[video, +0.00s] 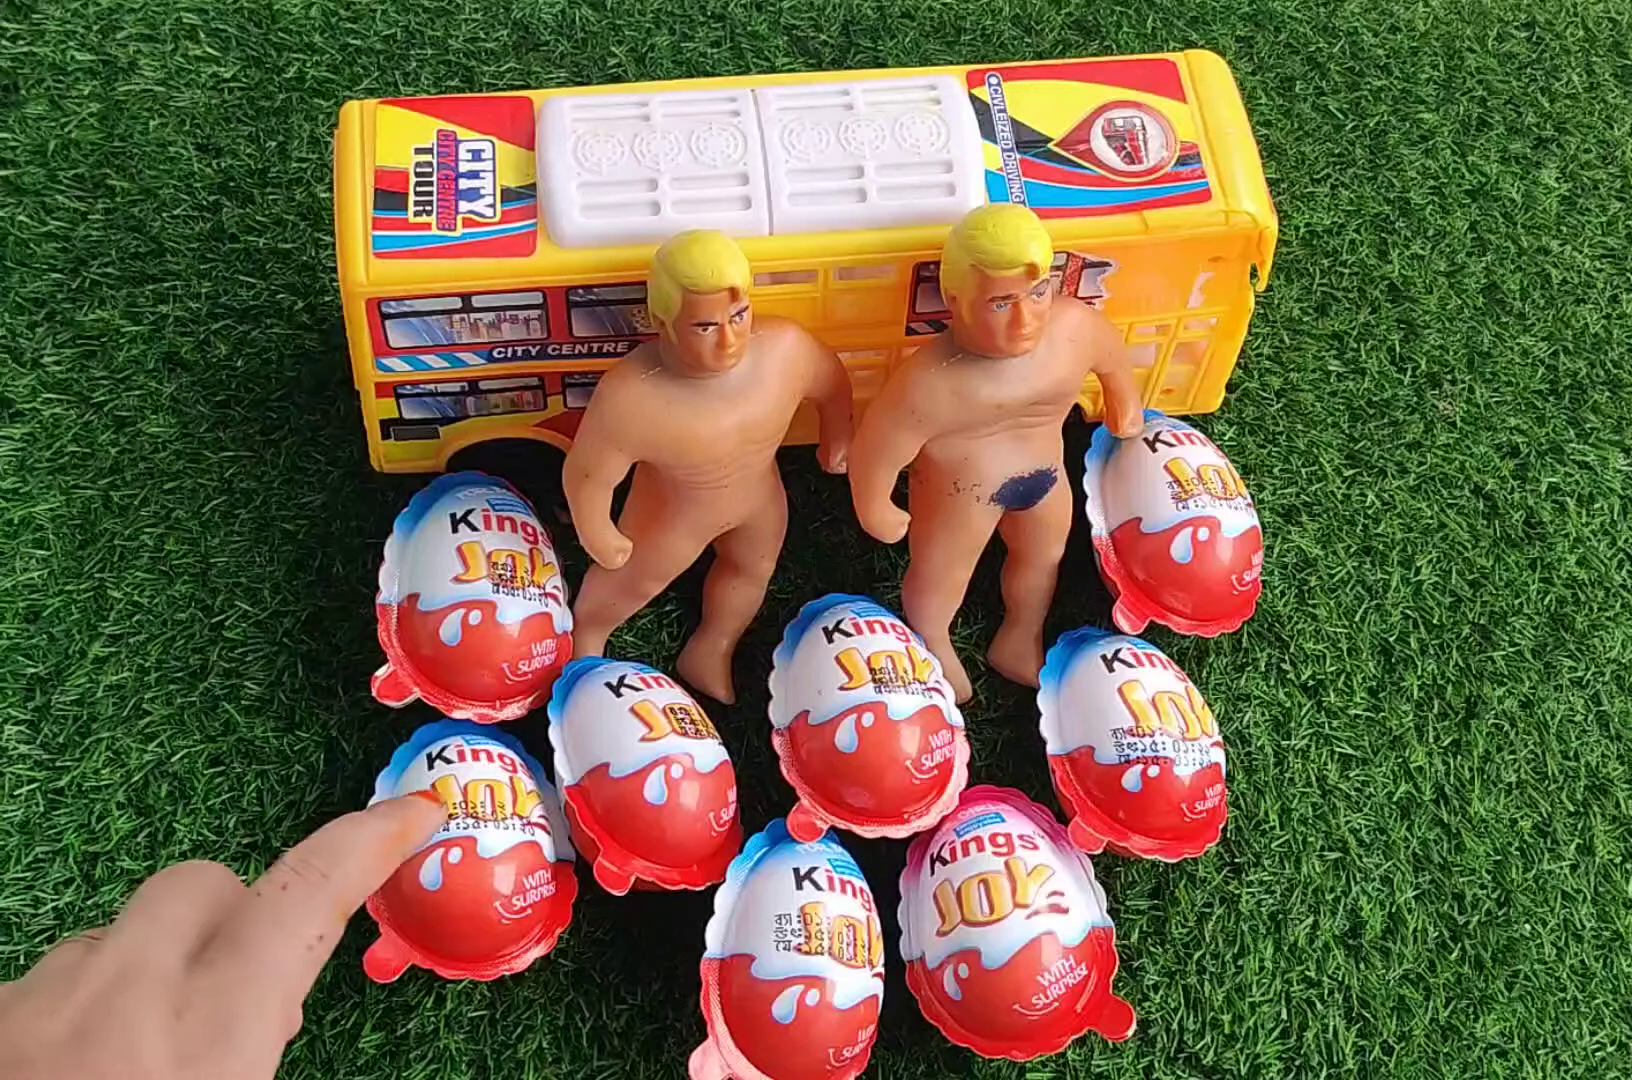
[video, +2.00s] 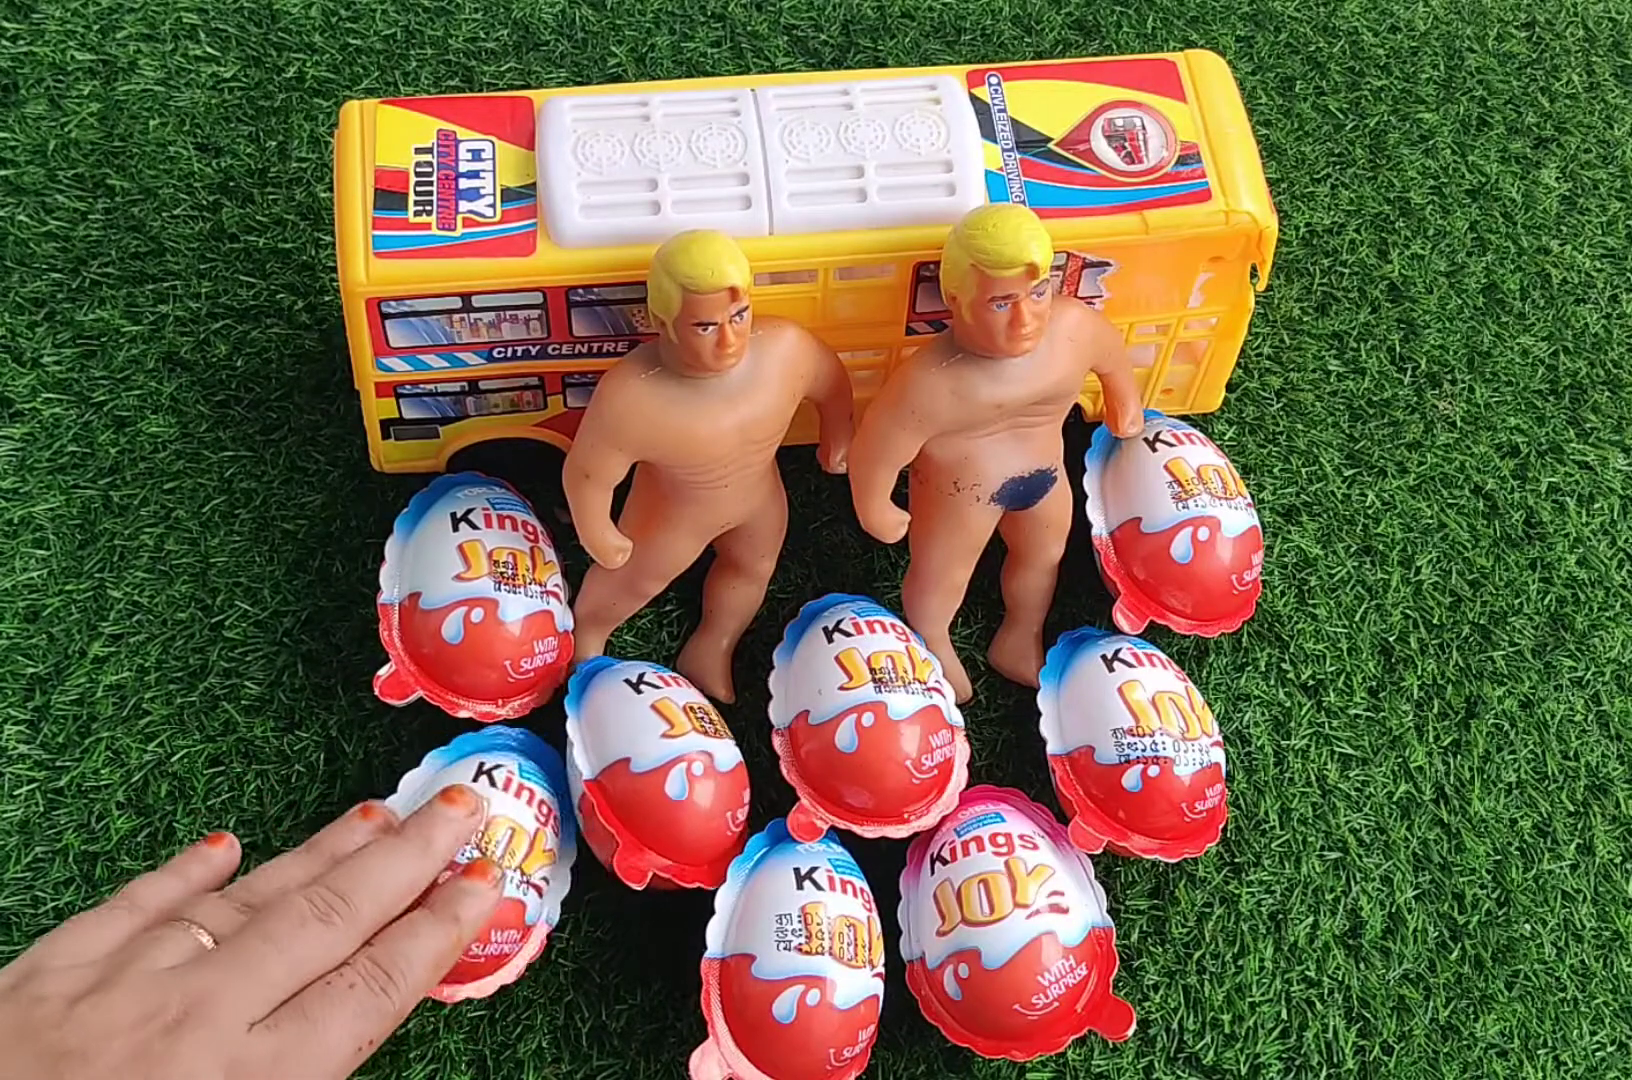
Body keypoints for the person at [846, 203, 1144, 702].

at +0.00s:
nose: (1023, 317)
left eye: (1036, 295)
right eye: (1000, 302)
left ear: (1051, 285)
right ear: (953, 304)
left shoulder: (1078, 327)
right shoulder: (926, 383)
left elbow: (1112, 359)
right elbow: (873, 453)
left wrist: (1126, 407)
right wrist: (877, 514)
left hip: (1045, 478)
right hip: (959, 492)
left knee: (1040, 565)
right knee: (939, 581)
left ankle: (1020, 644)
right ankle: (933, 647)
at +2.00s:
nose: (1024, 316)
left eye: (1037, 294)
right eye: (1000, 302)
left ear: (1051, 284)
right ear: (954, 304)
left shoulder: (1077, 327)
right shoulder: (927, 382)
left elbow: (1113, 358)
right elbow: (874, 452)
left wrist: (1126, 405)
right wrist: (877, 514)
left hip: (1045, 476)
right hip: (959, 492)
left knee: (1041, 560)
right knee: (940, 579)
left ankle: (1020, 642)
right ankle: (933, 646)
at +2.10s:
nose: (1024, 317)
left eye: (1037, 294)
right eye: (1000, 302)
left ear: (1052, 284)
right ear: (953, 305)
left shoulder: (1078, 327)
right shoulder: (927, 383)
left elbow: (1113, 360)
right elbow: (874, 452)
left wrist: (1126, 406)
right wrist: (877, 514)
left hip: (1045, 477)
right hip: (959, 493)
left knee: (1041, 560)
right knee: (940, 580)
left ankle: (1020, 642)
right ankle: (933, 646)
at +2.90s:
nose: (1023, 317)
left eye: (1037, 294)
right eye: (999, 302)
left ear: (1051, 284)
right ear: (953, 304)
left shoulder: (1078, 326)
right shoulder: (928, 383)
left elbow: (1113, 358)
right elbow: (873, 452)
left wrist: (1126, 403)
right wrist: (877, 514)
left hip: (1045, 478)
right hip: (959, 493)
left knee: (1041, 561)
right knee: (940, 579)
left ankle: (1020, 642)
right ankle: (933, 646)